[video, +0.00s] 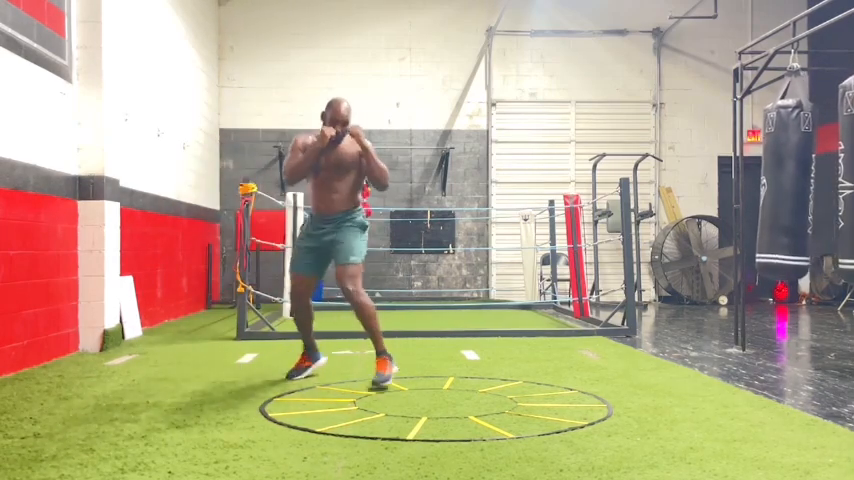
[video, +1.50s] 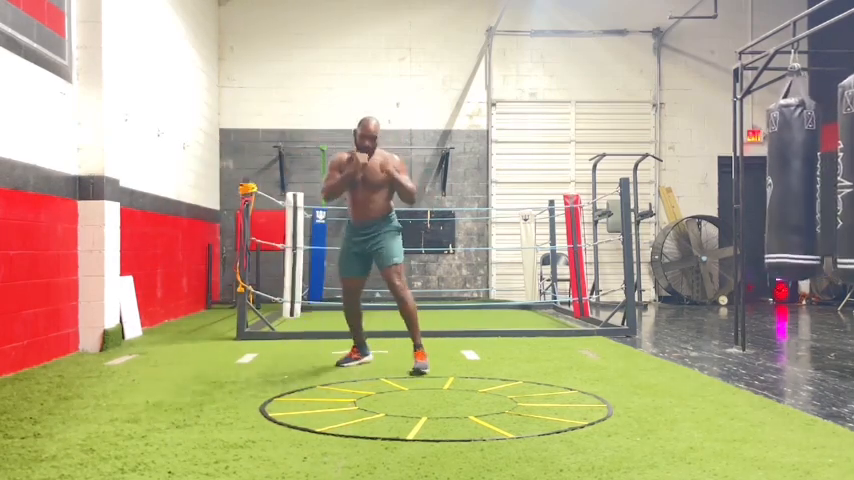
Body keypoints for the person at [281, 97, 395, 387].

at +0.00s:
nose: (338, 129)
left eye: (344, 124)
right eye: (334, 123)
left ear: (350, 123)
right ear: (323, 118)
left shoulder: (360, 145)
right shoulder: (304, 142)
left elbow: (382, 183)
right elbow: (290, 177)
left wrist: (364, 144)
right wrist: (319, 148)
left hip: (349, 223)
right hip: (315, 225)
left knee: (350, 287)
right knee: (298, 295)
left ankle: (383, 356)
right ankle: (310, 354)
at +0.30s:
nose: (334, 133)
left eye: (339, 129)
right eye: (330, 127)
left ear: (345, 126)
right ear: (318, 120)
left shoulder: (355, 148)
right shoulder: (298, 145)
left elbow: (376, 187)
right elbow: (286, 183)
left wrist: (360, 165)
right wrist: (316, 159)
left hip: (346, 224)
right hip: (311, 226)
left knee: (355, 287)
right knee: (300, 292)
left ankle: (374, 356)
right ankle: (309, 355)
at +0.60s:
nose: (347, 156)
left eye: (352, 151)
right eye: (342, 149)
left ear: (359, 149)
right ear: (332, 144)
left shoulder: (369, 173)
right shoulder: (313, 170)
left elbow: (383, 215)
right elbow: (303, 209)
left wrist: (372, 194)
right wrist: (330, 187)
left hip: (358, 243)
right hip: (321, 243)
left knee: (385, 297)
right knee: (304, 298)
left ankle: (426, 352)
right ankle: (296, 363)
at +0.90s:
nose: (392, 155)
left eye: (397, 150)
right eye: (388, 149)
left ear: (404, 145)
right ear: (378, 141)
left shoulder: (413, 165)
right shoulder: (359, 160)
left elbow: (434, 203)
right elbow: (347, 199)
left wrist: (419, 187)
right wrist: (378, 181)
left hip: (395, 234)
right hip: (360, 233)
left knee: (412, 292)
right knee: (337, 292)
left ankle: (433, 356)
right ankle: (314, 355)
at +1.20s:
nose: (394, 153)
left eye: (399, 147)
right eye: (390, 146)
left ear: (405, 145)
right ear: (380, 140)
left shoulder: (416, 167)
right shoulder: (361, 164)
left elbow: (433, 204)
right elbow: (350, 199)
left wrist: (417, 191)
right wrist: (379, 180)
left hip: (400, 236)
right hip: (368, 237)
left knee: (411, 291)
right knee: (351, 296)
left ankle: (434, 356)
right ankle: (356, 340)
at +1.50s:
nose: (369, 143)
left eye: (373, 139)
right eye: (365, 138)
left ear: (378, 138)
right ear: (355, 136)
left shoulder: (392, 162)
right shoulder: (341, 161)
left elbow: (410, 197)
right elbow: (327, 194)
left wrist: (395, 177)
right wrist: (352, 173)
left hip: (385, 230)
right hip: (355, 233)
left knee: (397, 285)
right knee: (349, 295)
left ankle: (419, 349)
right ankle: (360, 349)